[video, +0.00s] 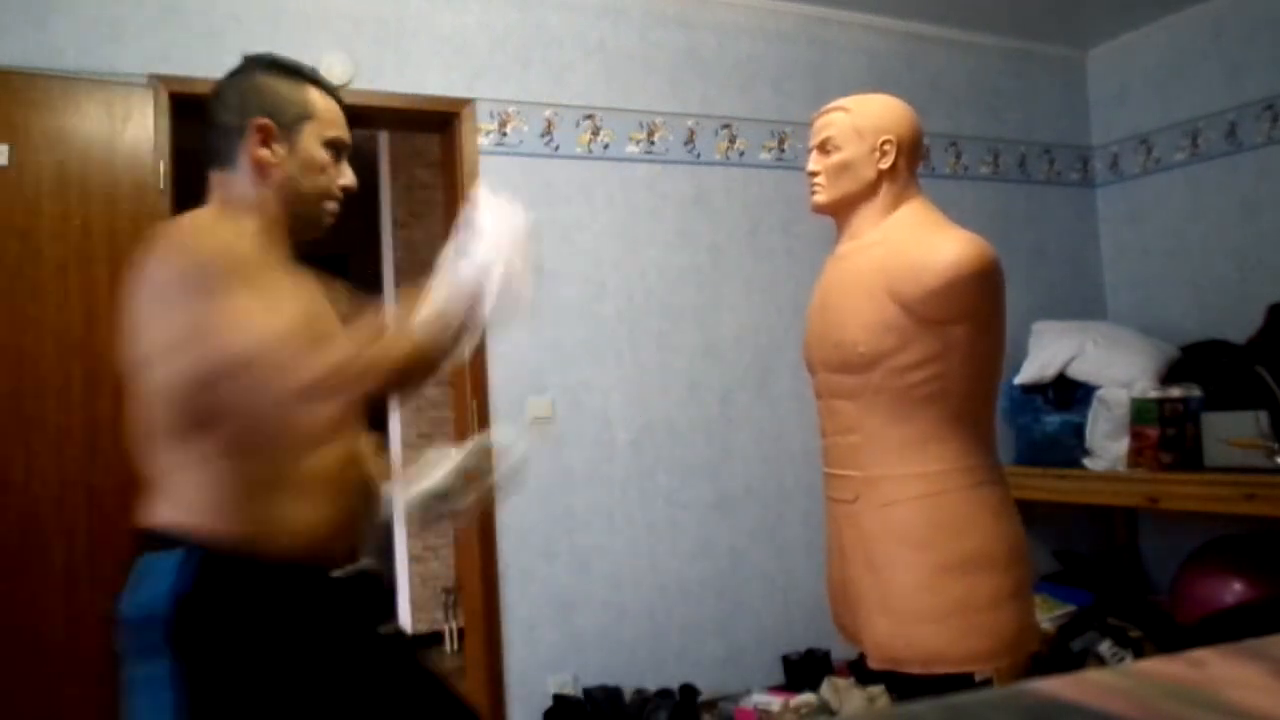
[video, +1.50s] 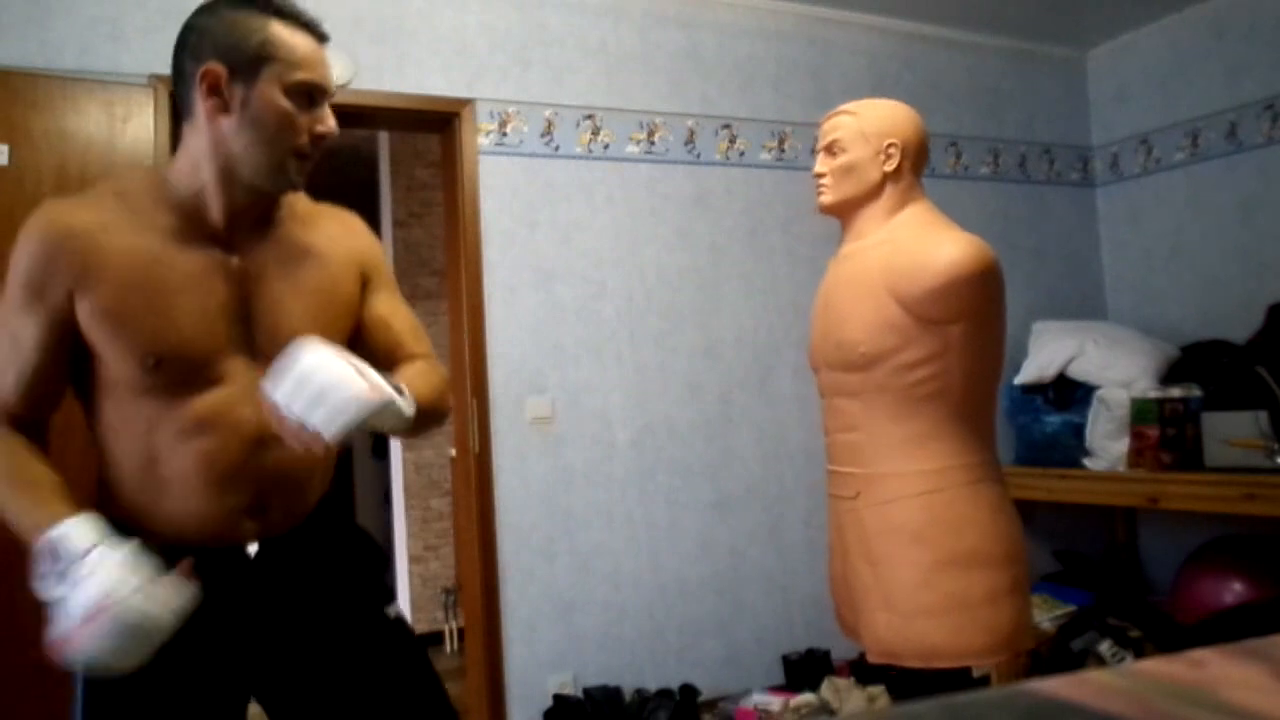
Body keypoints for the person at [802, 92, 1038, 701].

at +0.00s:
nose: (810, 165)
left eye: (828, 148)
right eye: (811, 150)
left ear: (884, 157)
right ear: (879, 159)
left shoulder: (943, 262)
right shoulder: (849, 258)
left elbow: (964, 435)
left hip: (934, 547)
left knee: (950, 703)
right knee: (896, 696)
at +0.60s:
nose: (809, 164)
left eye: (828, 147)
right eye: (810, 147)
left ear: (886, 159)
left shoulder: (941, 265)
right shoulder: (844, 256)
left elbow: (958, 438)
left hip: (931, 546)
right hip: (866, 541)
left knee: (958, 705)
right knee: (897, 699)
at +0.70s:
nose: (799, 164)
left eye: (818, 148)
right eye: (799, 150)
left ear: (875, 156)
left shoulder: (937, 264)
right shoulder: (825, 268)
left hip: (929, 533)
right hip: (857, 533)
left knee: (949, 700)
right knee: (889, 694)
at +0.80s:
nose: (821, 166)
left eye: (838, 151)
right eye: (823, 153)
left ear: (892, 160)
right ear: (885, 163)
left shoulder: (940, 257)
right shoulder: (851, 261)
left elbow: (961, 263)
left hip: (935, 525)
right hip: (873, 526)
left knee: (951, 705)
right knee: (901, 698)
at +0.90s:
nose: (820, 163)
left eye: (838, 149)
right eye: (821, 150)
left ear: (893, 160)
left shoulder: (945, 263)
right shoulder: (856, 257)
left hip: (935, 537)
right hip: (873, 533)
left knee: (952, 700)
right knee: (898, 693)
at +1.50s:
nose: (816, 166)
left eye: (833, 150)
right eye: (817, 152)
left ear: (888, 159)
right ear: (883, 161)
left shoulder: (942, 263)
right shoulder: (855, 257)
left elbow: (965, 429)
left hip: (934, 542)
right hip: (877, 537)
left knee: (949, 714)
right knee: (901, 709)